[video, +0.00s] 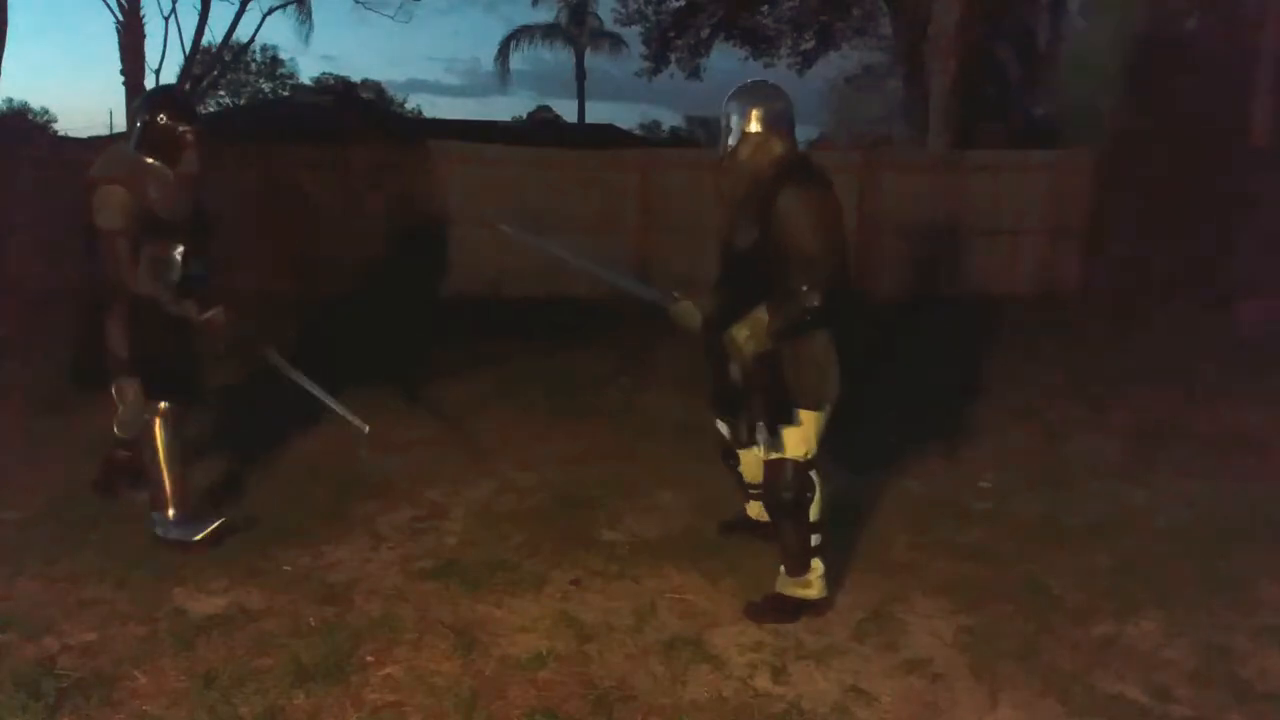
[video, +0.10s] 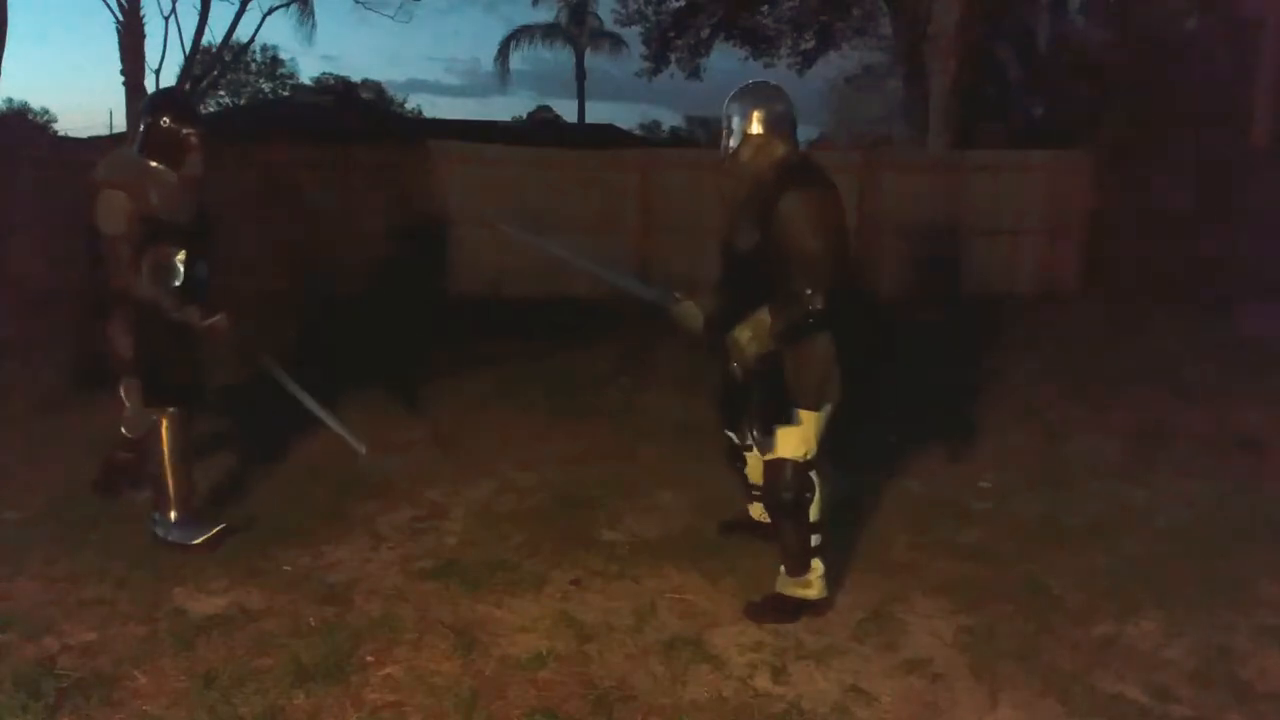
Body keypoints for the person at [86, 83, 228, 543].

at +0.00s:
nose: (187, 138)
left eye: (189, 129)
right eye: (179, 128)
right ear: (154, 127)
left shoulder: (173, 183)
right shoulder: (119, 183)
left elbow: (187, 255)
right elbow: (121, 275)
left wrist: (206, 299)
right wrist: (188, 310)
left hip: (166, 305)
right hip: (137, 308)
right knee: (164, 402)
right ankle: (173, 511)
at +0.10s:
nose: (191, 141)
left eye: (193, 132)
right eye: (184, 131)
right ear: (159, 129)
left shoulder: (175, 184)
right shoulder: (123, 183)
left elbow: (184, 254)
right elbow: (127, 277)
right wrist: (190, 314)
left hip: (168, 305)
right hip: (143, 309)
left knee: (152, 396)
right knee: (170, 402)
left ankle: (124, 466)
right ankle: (176, 512)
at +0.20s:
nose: (195, 142)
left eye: (195, 133)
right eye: (188, 132)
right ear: (165, 129)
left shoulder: (174, 182)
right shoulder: (128, 180)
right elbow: (128, 274)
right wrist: (195, 312)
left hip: (175, 306)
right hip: (152, 310)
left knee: (160, 400)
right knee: (177, 406)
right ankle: (176, 513)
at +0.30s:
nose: (206, 143)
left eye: (205, 133)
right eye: (199, 132)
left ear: (169, 132)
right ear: (175, 131)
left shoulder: (180, 183)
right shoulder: (137, 182)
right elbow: (136, 277)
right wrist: (205, 312)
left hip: (177, 309)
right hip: (156, 311)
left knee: (171, 404)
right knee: (176, 409)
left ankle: (167, 503)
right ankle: (178, 514)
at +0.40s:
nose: (212, 143)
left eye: (212, 133)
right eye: (206, 132)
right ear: (184, 130)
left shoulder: (189, 183)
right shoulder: (147, 183)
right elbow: (139, 272)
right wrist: (201, 302)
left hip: (188, 308)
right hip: (165, 312)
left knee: (181, 405)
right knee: (181, 410)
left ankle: (172, 505)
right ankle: (178, 513)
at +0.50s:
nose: (224, 140)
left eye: (224, 131)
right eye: (217, 130)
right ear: (193, 128)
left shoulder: (199, 180)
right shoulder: (154, 180)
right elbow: (154, 273)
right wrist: (220, 295)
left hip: (196, 307)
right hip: (173, 310)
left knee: (191, 405)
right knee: (188, 408)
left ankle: (174, 507)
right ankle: (180, 515)